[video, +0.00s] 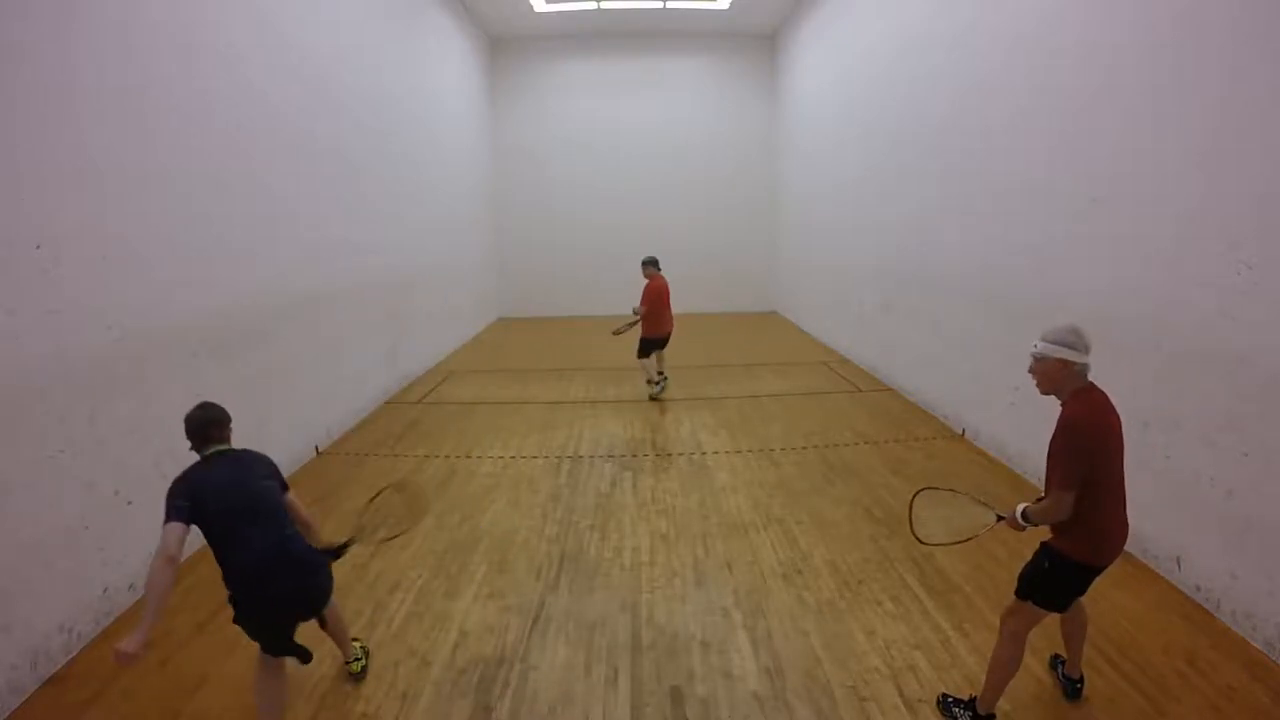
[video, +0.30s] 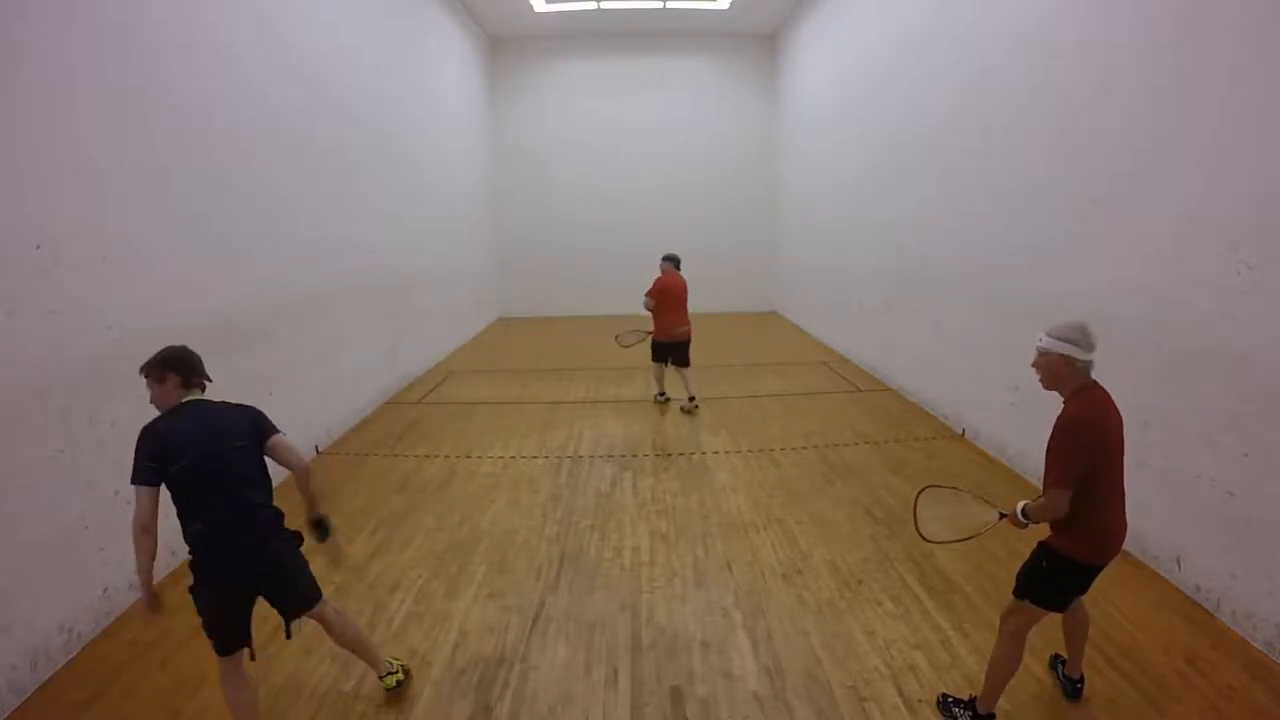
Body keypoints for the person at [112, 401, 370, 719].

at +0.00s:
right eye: (227, 428)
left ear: (192, 444)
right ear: (229, 431)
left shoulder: (186, 485)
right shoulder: (259, 462)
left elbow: (169, 556)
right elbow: (300, 516)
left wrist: (142, 633)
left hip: (255, 592)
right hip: (301, 569)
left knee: (271, 655)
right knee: (324, 602)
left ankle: (270, 713)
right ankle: (352, 657)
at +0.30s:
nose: (150, 396)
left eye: (154, 385)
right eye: (148, 387)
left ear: (178, 382)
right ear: (198, 382)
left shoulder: (155, 436)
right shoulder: (242, 414)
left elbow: (144, 523)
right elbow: (299, 464)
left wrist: (146, 584)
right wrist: (313, 511)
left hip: (217, 567)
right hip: (273, 547)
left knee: (231, 663)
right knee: (323, 610)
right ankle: (386, 670)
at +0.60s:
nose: (185, 388)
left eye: (185, 382)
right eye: (186, 380)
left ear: (190, 385)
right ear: (226, 379)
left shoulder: (192, 431)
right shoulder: (242, 414)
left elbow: (155, 508)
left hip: (260, 554)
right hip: (307, 529)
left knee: (254, 663)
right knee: (320, 600)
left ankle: (260, 716)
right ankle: (378, 667)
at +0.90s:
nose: (208, 344)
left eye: (208, 338)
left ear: (212, 339)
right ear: (245, 335)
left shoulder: (215, 369)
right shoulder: (267, 367)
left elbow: (221, 415)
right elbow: (278, 420)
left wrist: (175, 478)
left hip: (264, 493)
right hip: (306, 479)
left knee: (266, 589)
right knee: (323, 572)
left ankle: (290, 671)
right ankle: (377, 652)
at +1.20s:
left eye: (208, 331)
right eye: (235, 324)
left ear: (202, 335)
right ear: (237, 327)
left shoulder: (200, 385)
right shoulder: (267, 363)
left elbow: (206, 456)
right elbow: (310, 411)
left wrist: (213, 510)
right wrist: (310, 454)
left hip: (253, 487)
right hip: (295, 472)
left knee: (275, 559)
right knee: (314, 546)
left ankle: (302, 627)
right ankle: (348, 603)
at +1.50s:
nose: (259, 314)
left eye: (256, 308)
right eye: (257, 309)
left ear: (220, 318)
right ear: (252, 314)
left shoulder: (205, 361)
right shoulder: (276, 349)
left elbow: (184, 420)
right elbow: (322, 395)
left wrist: (201, 418)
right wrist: (336, 442)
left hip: (245, 466)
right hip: (288, 456)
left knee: (268, 544)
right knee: (303, 525)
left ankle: (297, 613)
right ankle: (317, 591)